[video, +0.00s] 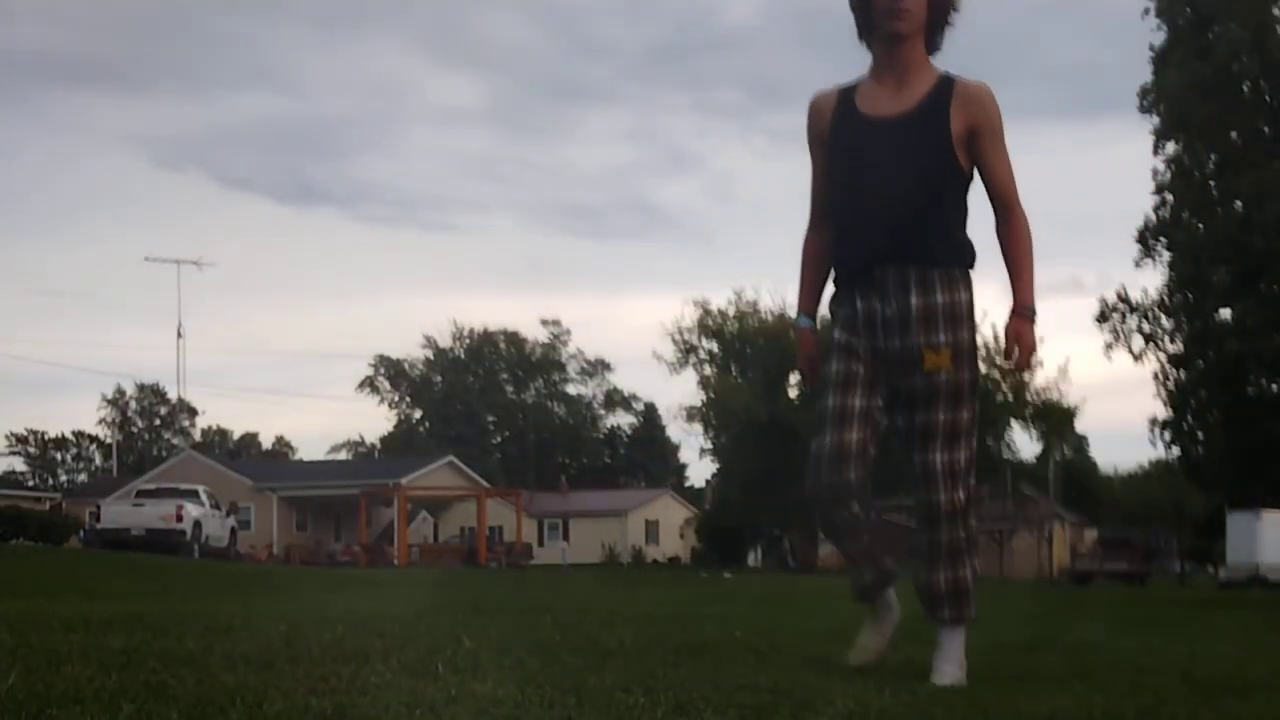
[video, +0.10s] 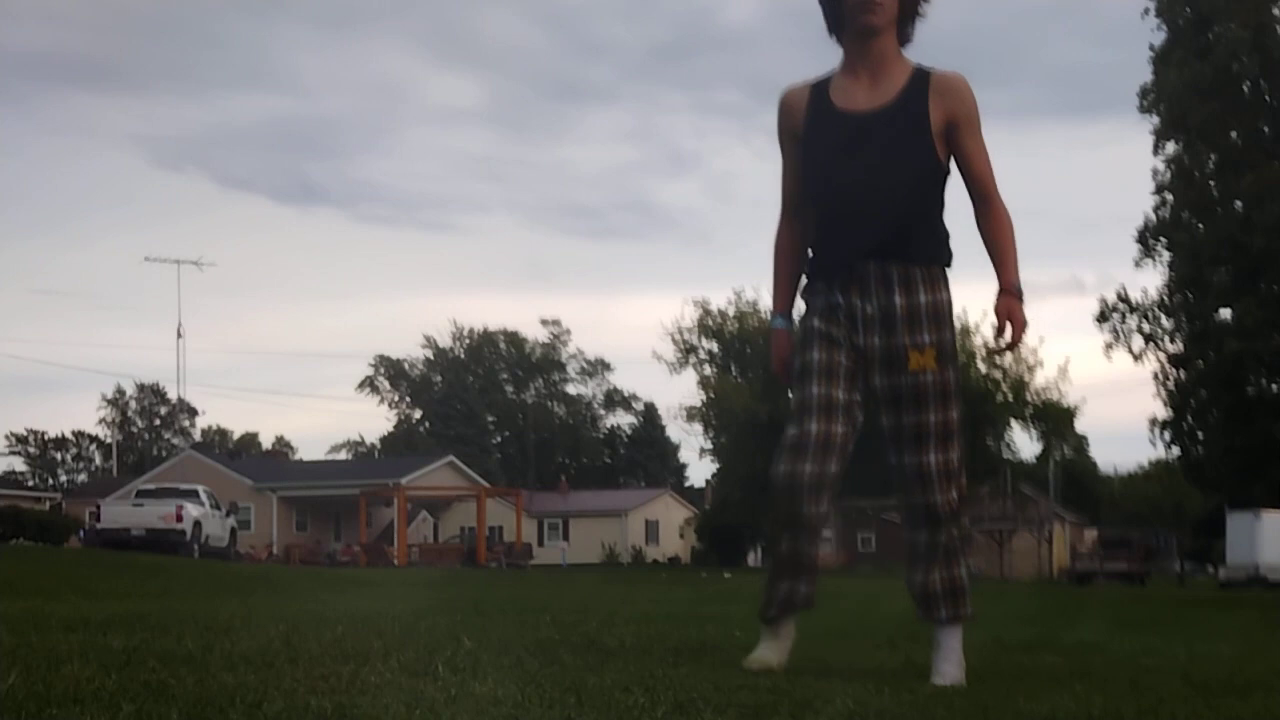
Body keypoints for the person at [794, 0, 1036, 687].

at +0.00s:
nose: (897, 2)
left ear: (934, 9)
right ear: (861, 11)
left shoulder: (968, 100)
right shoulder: (829, 108)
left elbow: (1009, 211)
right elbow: (821, 222)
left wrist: (1024, 310)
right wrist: (806, 317)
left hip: (939, 301)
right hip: (856, 306)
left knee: (942, 478)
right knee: (834, 478)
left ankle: (951, 631)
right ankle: (880, 596)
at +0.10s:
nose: (870, 2)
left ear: (903, 8)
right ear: (832, 11)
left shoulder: (945, 91)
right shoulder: (800, 103)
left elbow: (986, 199)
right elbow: (793, 217)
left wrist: (1010, 286)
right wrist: (779, 316)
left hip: (917, 298)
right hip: (830, 303)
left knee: (934, 477)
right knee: (802, 470)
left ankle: (948, 636)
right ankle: (779, 623)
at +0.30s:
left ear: (833, 4)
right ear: (768, 8)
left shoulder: (883, 84)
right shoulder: (738, 102)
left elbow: (914, 192)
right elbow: (710, 222)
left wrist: (957, 258)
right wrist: (703, 332)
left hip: (859, 298)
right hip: (774, 300)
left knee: (899, 470)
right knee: (769, 464)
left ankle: (937, 643)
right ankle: (716, 644)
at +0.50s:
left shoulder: (833, 66)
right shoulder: (723, 71)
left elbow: (827, 180)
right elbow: (667, 185)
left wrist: (875, 271)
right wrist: (642, 301)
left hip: (818, 276)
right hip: (747, 277)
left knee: (848, 454)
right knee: (741, 459)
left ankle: (863, 633)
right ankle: (714, 643)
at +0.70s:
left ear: (781, 3)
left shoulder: (804, 75)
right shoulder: (744, 58)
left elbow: (775, 171)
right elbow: (704, 151)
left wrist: (784, 261)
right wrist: (685, 239)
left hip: (786, 272)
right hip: (735, 266)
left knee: (809, 454)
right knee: (725, 452)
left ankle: (796, 629)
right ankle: (708, 640)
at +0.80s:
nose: (830, 3)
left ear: (788, 8)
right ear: (796, 3)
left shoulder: (786, 72)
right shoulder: (762, 59)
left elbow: (761, 161)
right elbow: (738, 143)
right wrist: (753, 212)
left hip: (781, 272)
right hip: (741, 263)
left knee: (791, 455)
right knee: (724, 447)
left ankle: (775, 633)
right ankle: (706, 640)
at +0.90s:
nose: (846, 9)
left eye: (842, 2)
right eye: (839, 1)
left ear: (784, 13)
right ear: (812, 8)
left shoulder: (762, 78)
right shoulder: (790, 62)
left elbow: (707, 203)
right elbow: (788, 144)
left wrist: (716, 283)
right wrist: (835, 197)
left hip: (759, 267)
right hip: (752, 262)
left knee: (781, 446)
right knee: (737, 443)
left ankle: (776, 634)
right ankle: (705, 640)